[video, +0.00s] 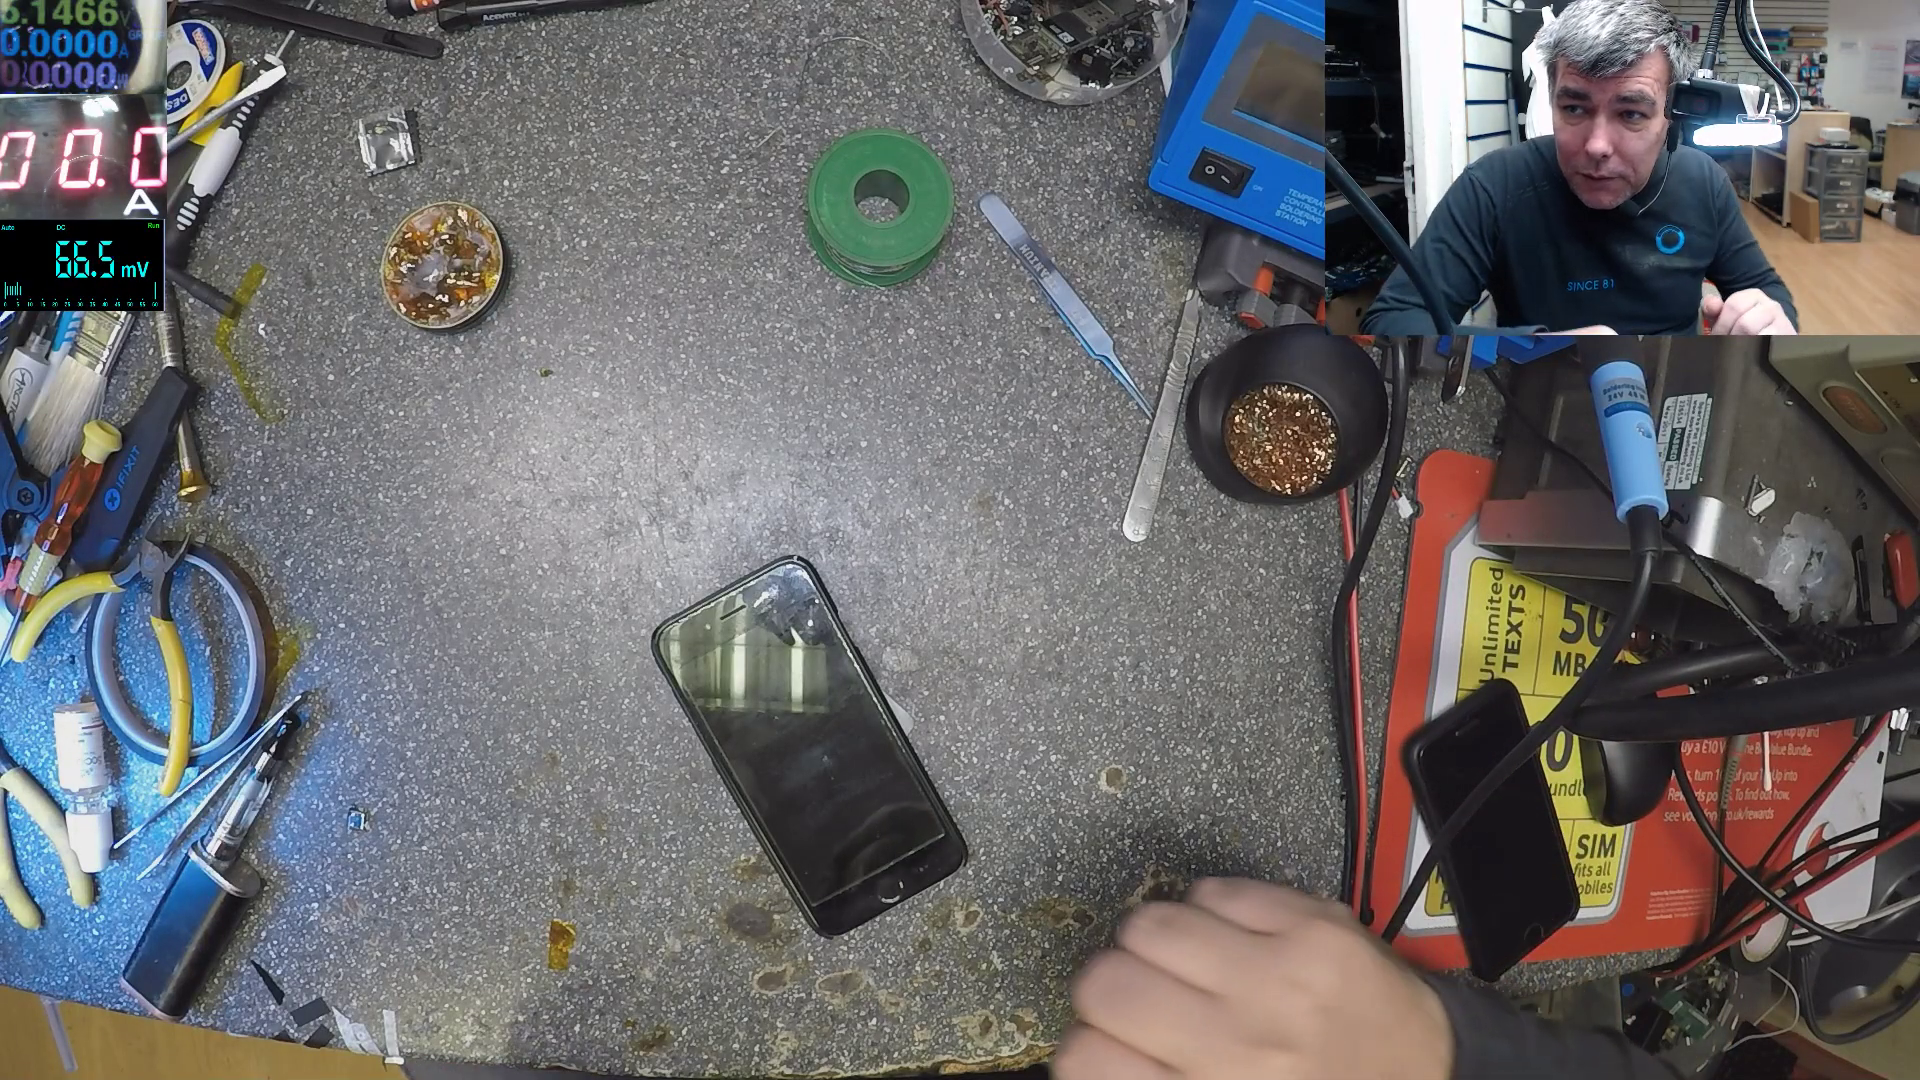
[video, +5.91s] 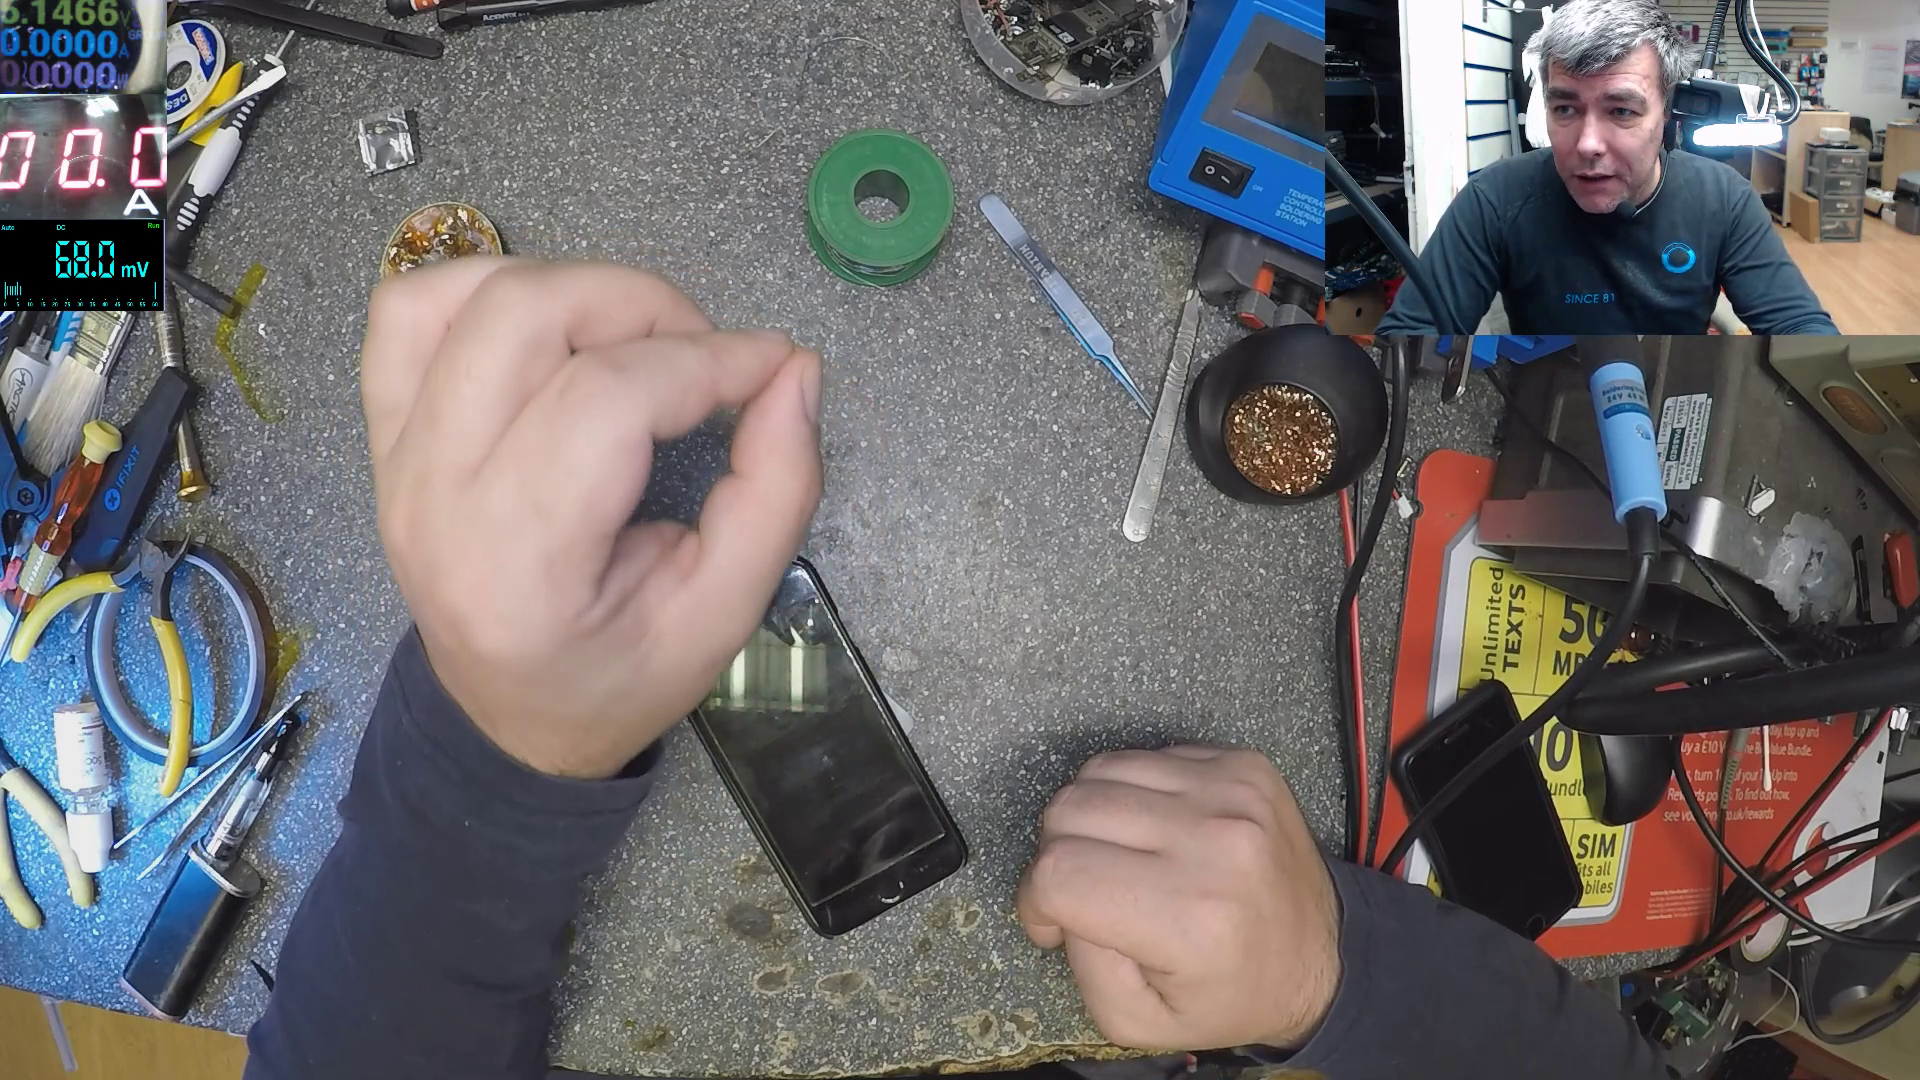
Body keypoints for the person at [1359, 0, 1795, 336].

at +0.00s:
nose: (1597, 146)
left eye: (1631, 114)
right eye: (1575, 109)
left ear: (1667, 114)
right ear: (1551, 103)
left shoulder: (1701, 185)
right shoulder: (1496, 188)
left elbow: (1771, 296)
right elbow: (1395, 315)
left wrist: (1764, 317)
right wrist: (1530, 354)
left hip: (1676, 411)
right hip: (1543, 414)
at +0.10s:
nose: (1593, 150)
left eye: (1626, 114)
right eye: (1568, 111)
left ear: (1667, 114)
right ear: (1544, 105)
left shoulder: (1705, 185)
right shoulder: (1490, 192)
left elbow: (1786, 303)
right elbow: (1395, 322)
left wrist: (1755, 330)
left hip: (1670, 413)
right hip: (1533, 417)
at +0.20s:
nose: (1588, 153)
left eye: (1622, 115)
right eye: (1562, 112)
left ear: (1666, 114)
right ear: (1535, 109)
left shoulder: (1710, 187)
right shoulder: (1483, 198)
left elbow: (1790, 302)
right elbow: (1391, 335)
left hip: (1675, 415)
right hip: (1535, 418)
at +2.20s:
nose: (1604, 138)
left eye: (1636, 107)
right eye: (1580, 102)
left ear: (1671, 115)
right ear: (1554, 105)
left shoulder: (1722, 199)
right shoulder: (1494, 204)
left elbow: (1811, 331)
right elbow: (1405, 337)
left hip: (1682, 424)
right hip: (1544, 425)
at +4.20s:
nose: (1599, 160)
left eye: (1631, 125)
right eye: (1575, 122)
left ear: (1670, 118)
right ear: (1549, 113)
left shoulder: (1723, 200)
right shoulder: (1496, 203)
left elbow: (1802, 330)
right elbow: (1406, 337)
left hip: (1680, 420)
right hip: (1544, 421)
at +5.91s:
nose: (1589, 146)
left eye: (1621, 112)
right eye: (1567, 109)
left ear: (1665, 116)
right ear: (1543, 109)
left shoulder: (1720, 199)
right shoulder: (1496, 202)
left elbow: (1801, 328)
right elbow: (1406, 335)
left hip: (1681, 422)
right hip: (1545, 424)